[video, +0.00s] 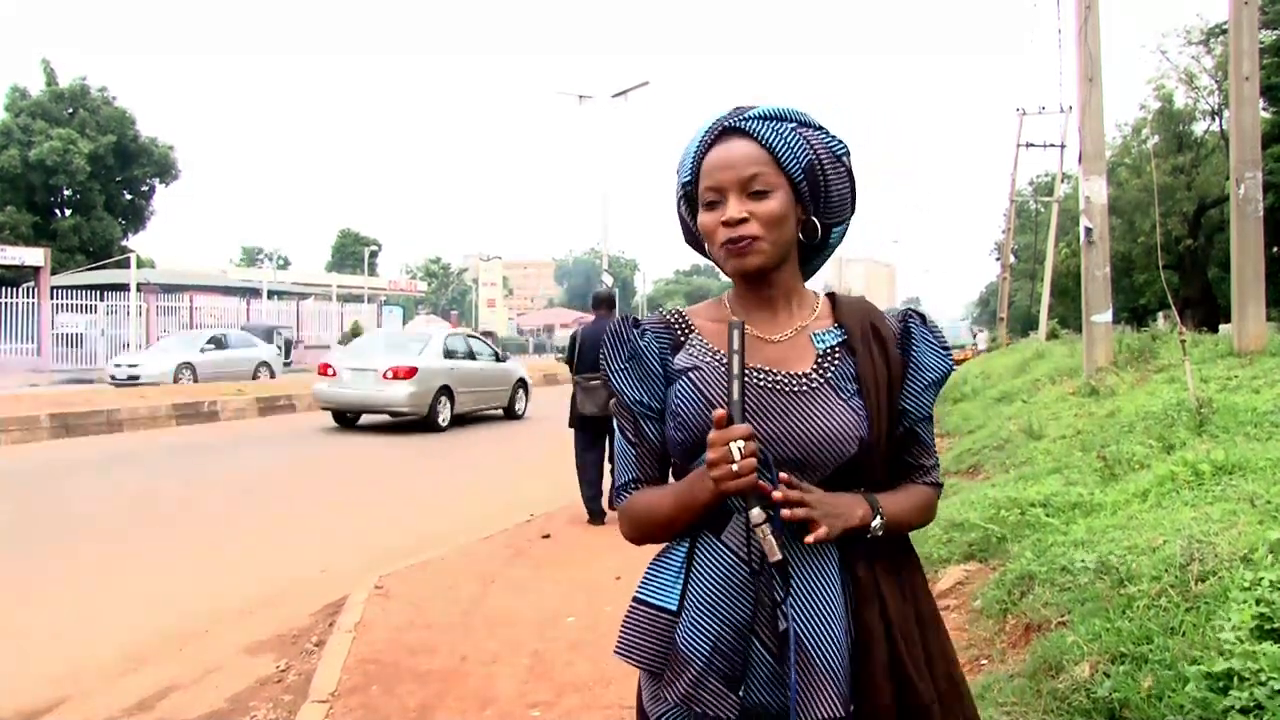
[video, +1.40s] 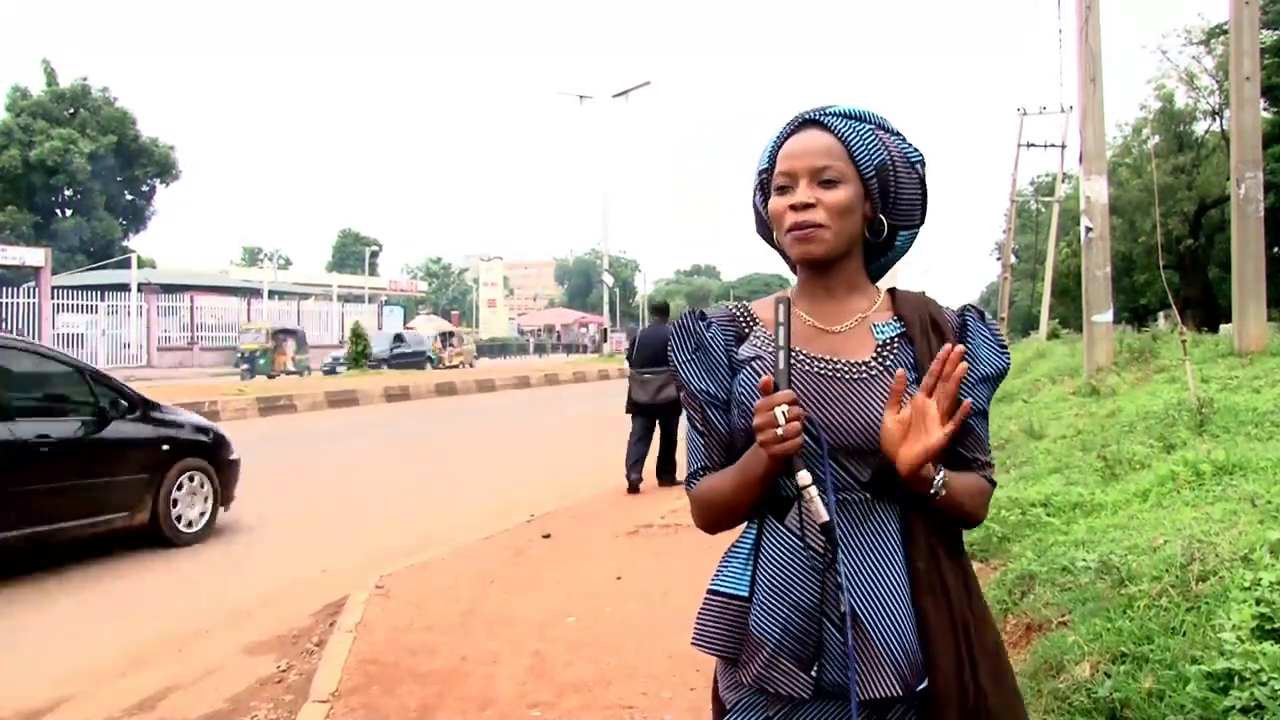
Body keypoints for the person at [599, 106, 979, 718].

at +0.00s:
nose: (733, 215)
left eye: (758, 192)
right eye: (713, 201)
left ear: (805, 205)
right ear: (697, 222)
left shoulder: (878, 339)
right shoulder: (660, 348)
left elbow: (923, 492)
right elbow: (634, 519)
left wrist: (858, 508)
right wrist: (704, 484)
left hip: (852, 627)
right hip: (713, 636)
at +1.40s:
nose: (801, 200)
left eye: (827, 181)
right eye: (784, 186)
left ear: (871, 203)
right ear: (767, 209)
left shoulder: (935, 331)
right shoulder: (731, 337)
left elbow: (977, 500)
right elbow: (707, 512)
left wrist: (921, 474)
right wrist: (764, 456)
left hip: (910, 630)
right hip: (777, 634)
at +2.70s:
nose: (817, 228)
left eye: (847, 210)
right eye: (805, 209)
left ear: (894, 231)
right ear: (788, 224)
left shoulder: (960, 349)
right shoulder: (760, 361)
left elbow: (1001, 519)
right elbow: (743, 531)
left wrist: (960, 453)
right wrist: (786, 494)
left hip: (934, 625)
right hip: (809, 625)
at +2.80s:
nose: (821, 219)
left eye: (849, 202)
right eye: (807, 203)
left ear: (896, 226)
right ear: (790, 223)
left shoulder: (955, 342)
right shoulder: (760, 356)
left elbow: (1006, 514)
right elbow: (743, 525)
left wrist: (968, 395)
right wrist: (783, 486)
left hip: (930, 627)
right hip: (806, 627)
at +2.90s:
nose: (824, 208)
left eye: (850, 190)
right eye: (808, 196)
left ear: (900, 213)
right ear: (791, 220)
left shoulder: (961, 322)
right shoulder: (762, 347)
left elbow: (1014, 491)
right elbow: (742, 517)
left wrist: (975, 323)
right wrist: (781, 473)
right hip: (806, 635)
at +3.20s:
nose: (808, 200)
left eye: (835, 182)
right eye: (794, 188)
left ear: (892, 203)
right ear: (781, 212)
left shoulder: (954, 318)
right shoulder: (751, 336)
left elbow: (1023, 471)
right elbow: (733, 511)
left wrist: (977, 299)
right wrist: (757, 456)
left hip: (909, 627)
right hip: (782, 626)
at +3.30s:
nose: (796, 205)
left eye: (822, 184)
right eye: (783, 191)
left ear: (877, 201)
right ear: (772, 210)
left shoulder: (947, 327)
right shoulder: (750, 338)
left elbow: (996, 492)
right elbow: (730, 511)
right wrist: (751, 462)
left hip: (904, 623)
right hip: (779, 621)